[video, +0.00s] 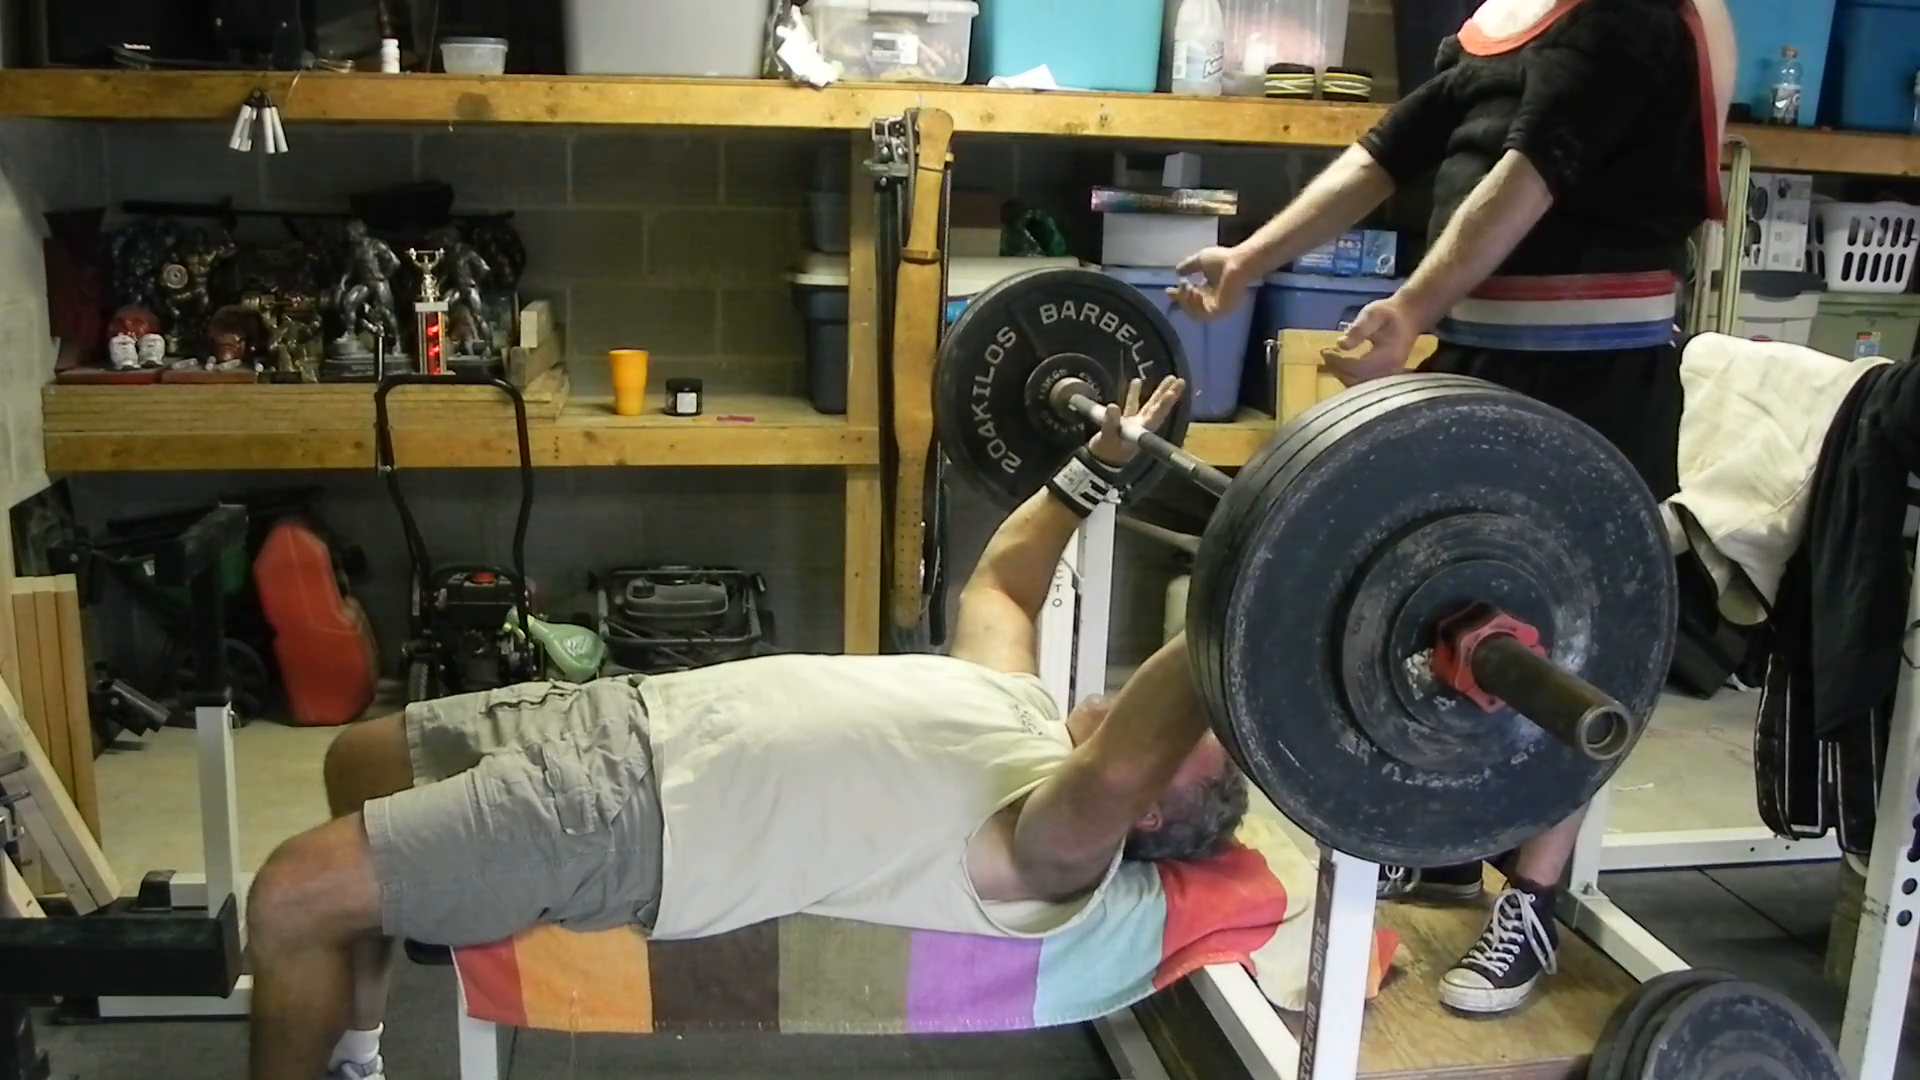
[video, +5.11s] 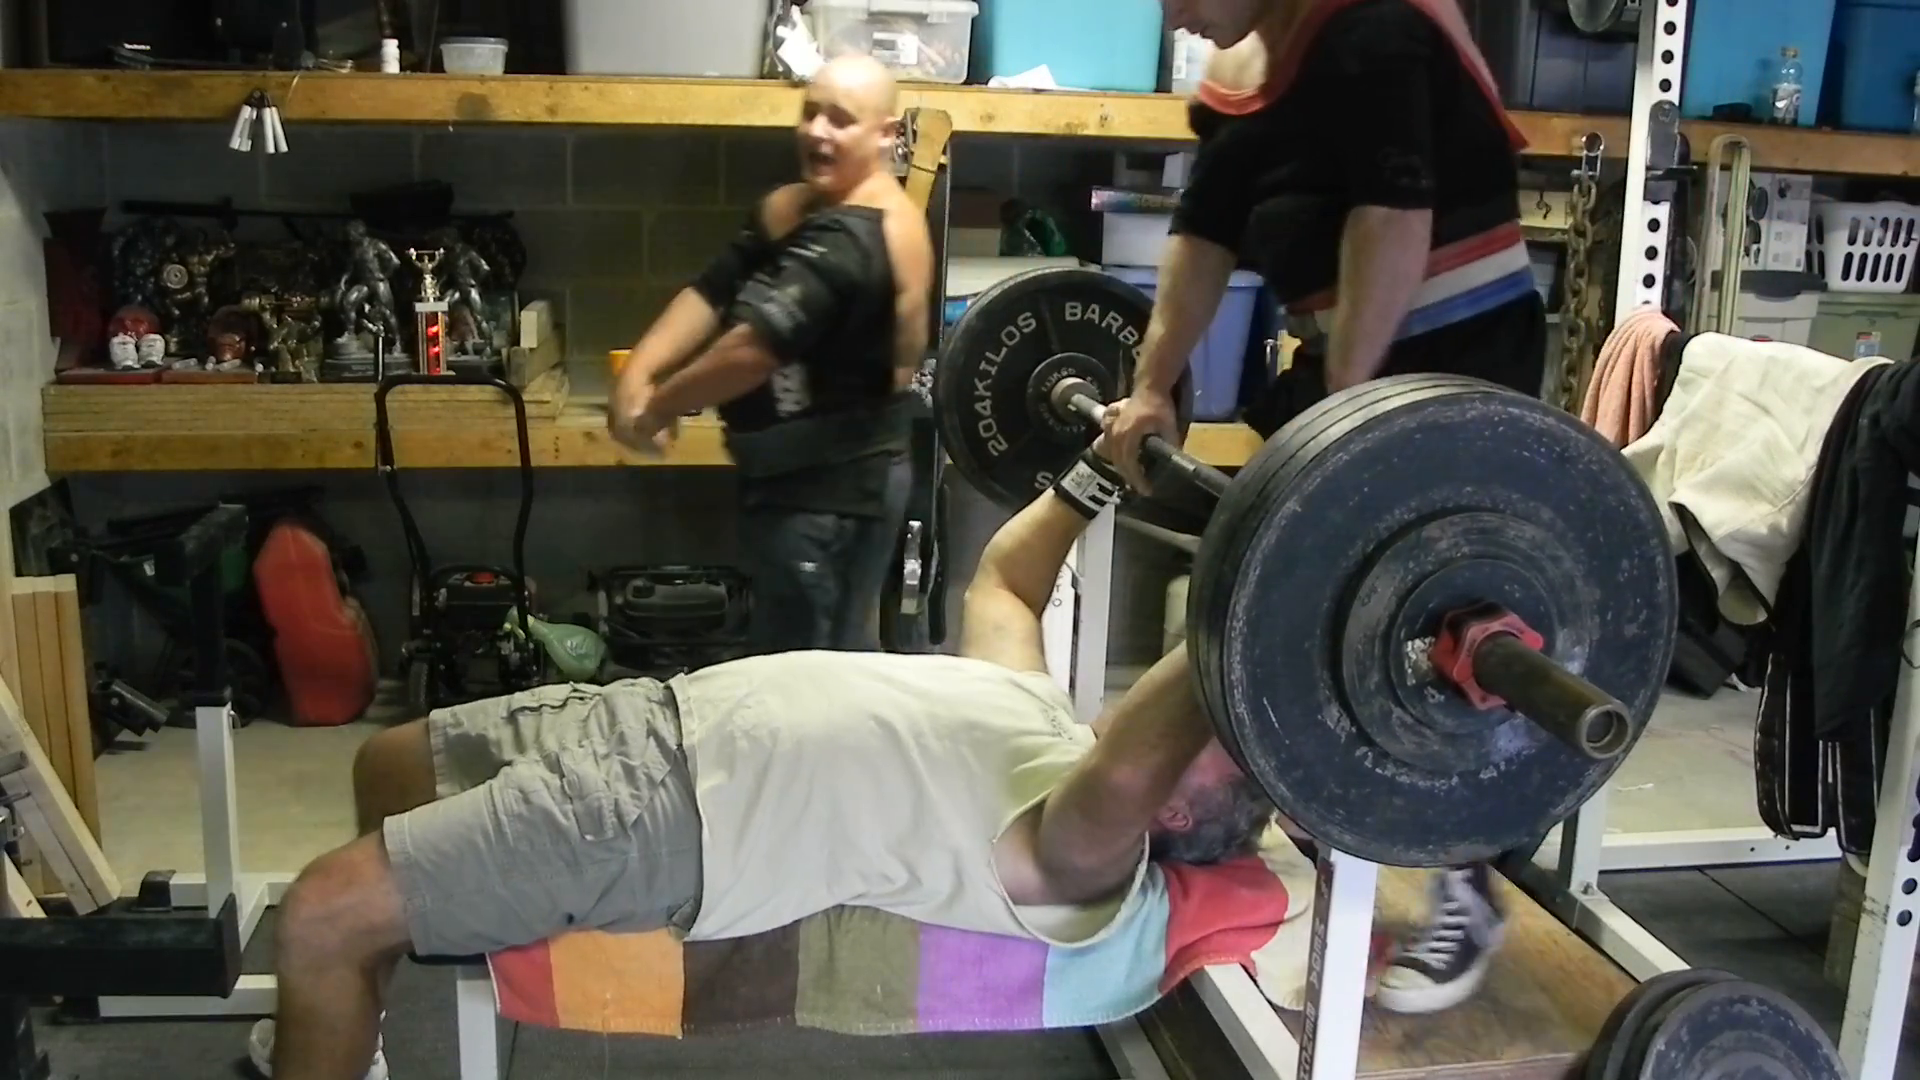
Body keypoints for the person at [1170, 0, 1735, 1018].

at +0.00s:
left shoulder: (1630, 17)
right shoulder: (1489, 24)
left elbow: (1531, 170)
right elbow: (1381, 157)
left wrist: (1410, 307)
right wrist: (1246, 257)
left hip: (1595, 374)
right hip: (1468, 362)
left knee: (1567, 627)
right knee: (1440, 603)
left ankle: (1530, 898)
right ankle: (1442, 839)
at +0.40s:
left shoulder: (1598, 24)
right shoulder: (1457, 32)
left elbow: (1502, 163)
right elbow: (1351, 146)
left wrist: (1337, 178)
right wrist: (1200, 137)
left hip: (1569, 383)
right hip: (1450, 367)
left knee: (1553, 637)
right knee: (1432, 607)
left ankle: (1530, 894)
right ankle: (1440, 836)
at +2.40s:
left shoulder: (1647, 18)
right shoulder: (1489, 19)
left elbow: (1542, 160)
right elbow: (1399, 150)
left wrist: (1382, 67)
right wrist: (1323, 62)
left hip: (1593, 372)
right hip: (1467, 358)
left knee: (1575, 640)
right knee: (1443, 609)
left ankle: (1539, 909)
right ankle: (1446, 840)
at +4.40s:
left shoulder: (1610, 27)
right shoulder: (1487, 14)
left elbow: (1500, 184)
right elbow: (1400, 120)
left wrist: (1309, 162)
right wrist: (1260, 39)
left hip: (1577, 382)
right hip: (1458, 365)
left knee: (1566, 646)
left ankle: (1536, 918)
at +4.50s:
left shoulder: (1584, 32)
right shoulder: (1469, 34)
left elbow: (1491, 193)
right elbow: (1373, 129)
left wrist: (1305, 228)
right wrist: (1225, 98)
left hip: (1553, 385)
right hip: (1436, 370)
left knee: (1554, 650)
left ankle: (1535, 918)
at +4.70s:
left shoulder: (1511, 26)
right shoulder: (1395, 30)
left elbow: (1467, 214)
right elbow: (1306, 166)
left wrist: (1353, 377)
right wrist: (1170, 239)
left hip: (1518, 374)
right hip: (1413, 370)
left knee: (1526, 637)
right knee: (1366, 611)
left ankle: (1530, 916)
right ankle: (1332, 817)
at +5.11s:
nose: (1172, 13)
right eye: (1170, 6)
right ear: (1223, 1)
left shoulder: (1378, 33)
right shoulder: (1243, 85)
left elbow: (1393, 225)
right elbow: (1204, 234)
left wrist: (1340, 407)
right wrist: (1154, 385)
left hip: (1462, 339)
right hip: (1346, 351)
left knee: (1464, 619)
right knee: (1324, 603)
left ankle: (1468, 888)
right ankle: (1335, 856)